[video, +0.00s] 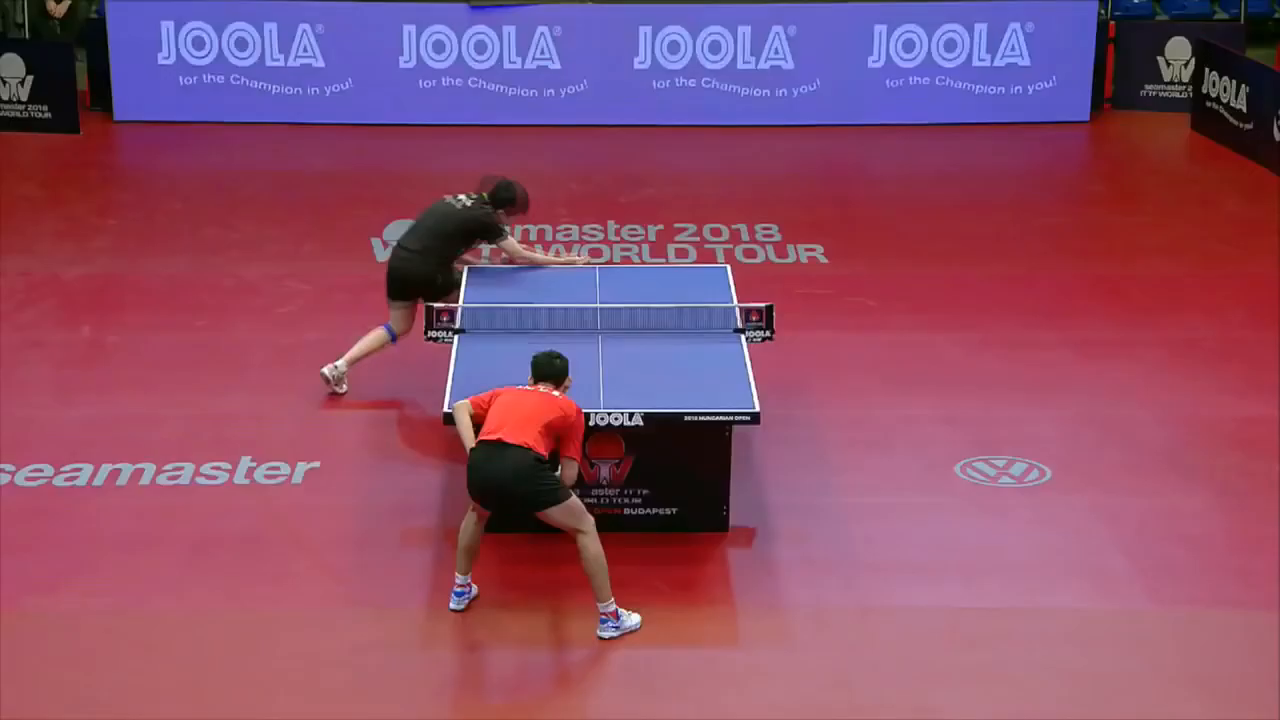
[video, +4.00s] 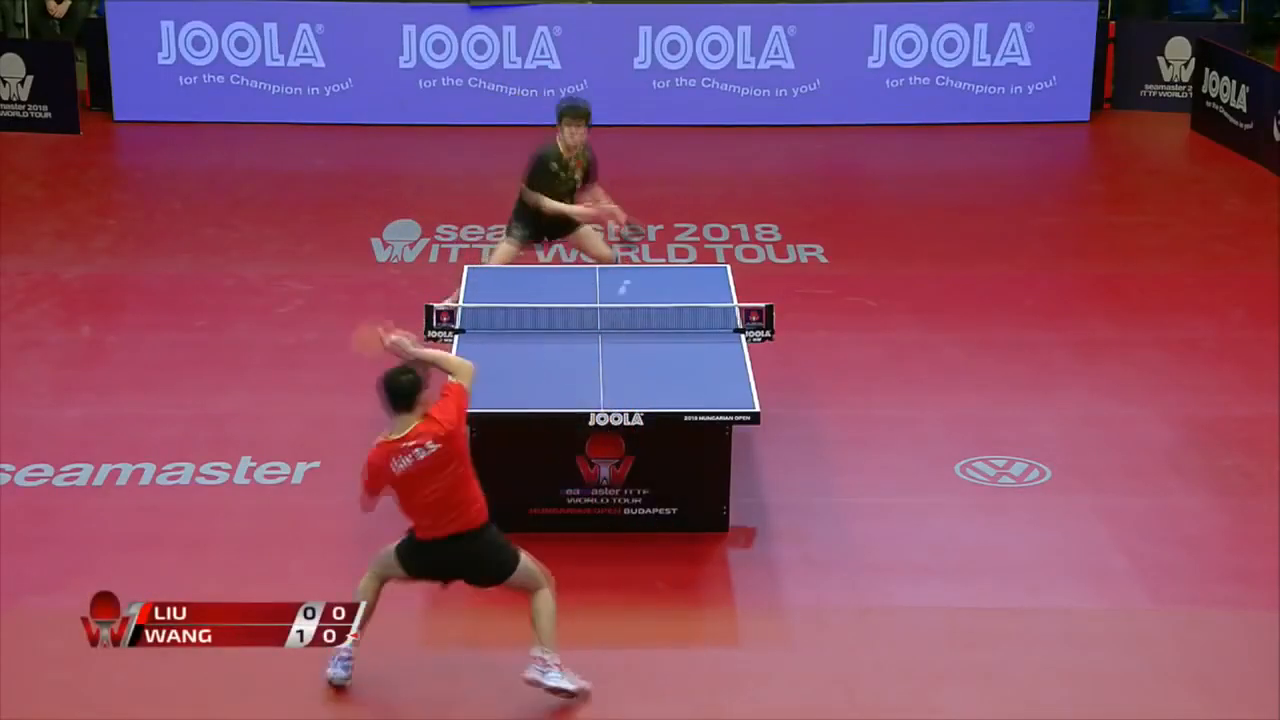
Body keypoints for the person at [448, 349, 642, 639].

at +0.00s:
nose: (568, 385)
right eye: (567, 382)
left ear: (531, 380)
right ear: (565, 383)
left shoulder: (504, 393)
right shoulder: (570, 409)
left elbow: (460, 408)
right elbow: (568, 477)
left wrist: (474, 452)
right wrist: (548, 494)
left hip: (482, 461)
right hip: (525, 468)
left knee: (477, 512)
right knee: (584, 526)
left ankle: (460, 590)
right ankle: (610, 615)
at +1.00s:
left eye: (542, 317)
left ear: (541, 323)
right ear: (574, 323)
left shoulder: (523, 355)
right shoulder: (594, 360)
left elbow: (492, 397)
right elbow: (632, 398)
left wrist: (519, 401)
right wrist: (604, 381)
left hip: (532, 463)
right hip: (582, 464)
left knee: (487, 493)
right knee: (628, 495)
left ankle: (472, 571)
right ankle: (664, 554)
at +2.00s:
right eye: (599, 330)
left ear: (564, 332)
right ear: (599, 332)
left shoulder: (543, 366)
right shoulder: (614, 370)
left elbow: (508, 415)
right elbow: (648, 410)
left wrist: (534, 422)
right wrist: (645, 429)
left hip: (544, 475)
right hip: (595, 478)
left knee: (488, 517)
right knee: (650, 522)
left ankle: (454, 593)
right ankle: (685, 601)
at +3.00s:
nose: (529, 376)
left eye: (530, 371)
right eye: (561, 375)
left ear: (532, 375)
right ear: (567, 376)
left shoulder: (522, 415)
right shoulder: (583, 411)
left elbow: (476, 460)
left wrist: (437, 439)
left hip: (530, 532)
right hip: (578, 534)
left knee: (462, 556)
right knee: (635, 566)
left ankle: (429, 644)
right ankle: (678, 649)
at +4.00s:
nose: (428, 393)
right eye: (424, 388)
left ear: (386, 402)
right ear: (422, 395)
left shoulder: (381, 456)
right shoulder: (446, 419)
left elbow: (367, 502)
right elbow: (464, 369)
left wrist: (388, 453)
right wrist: (414, 351)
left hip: (427, 552)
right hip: (478, 546)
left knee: (376, 573)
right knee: (541, 584)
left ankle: (344, 656)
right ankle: (547, 663)